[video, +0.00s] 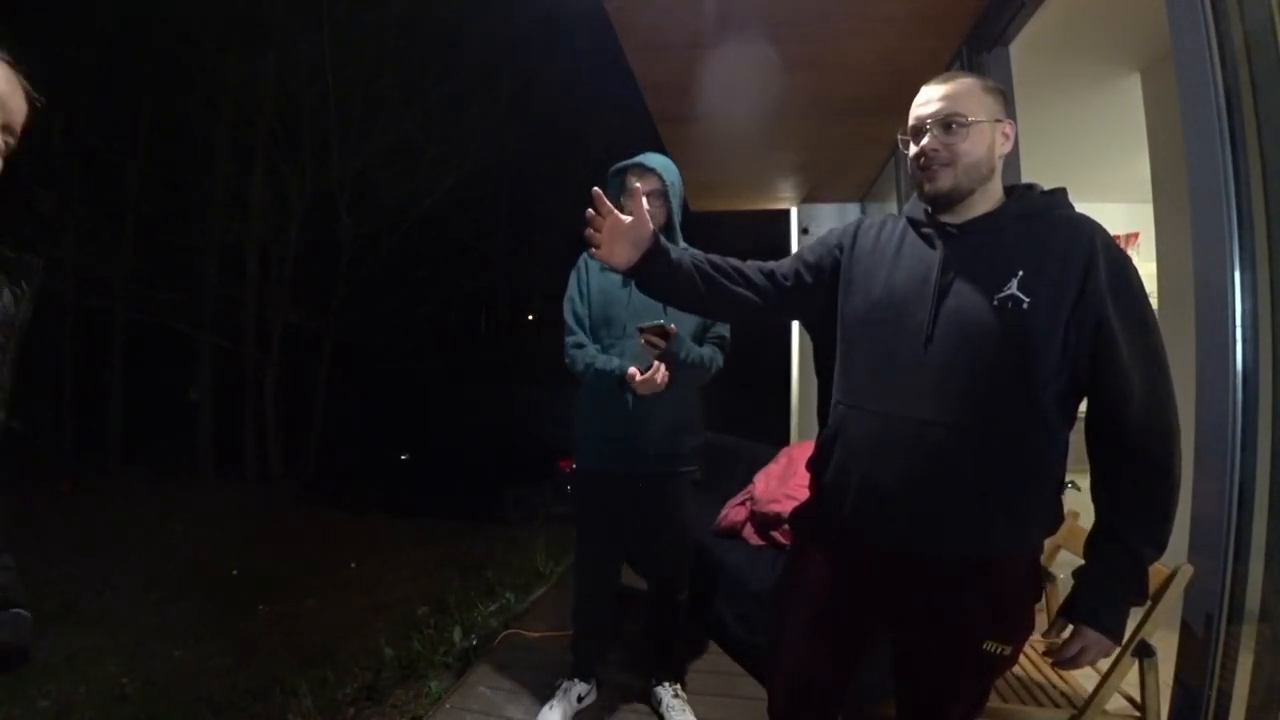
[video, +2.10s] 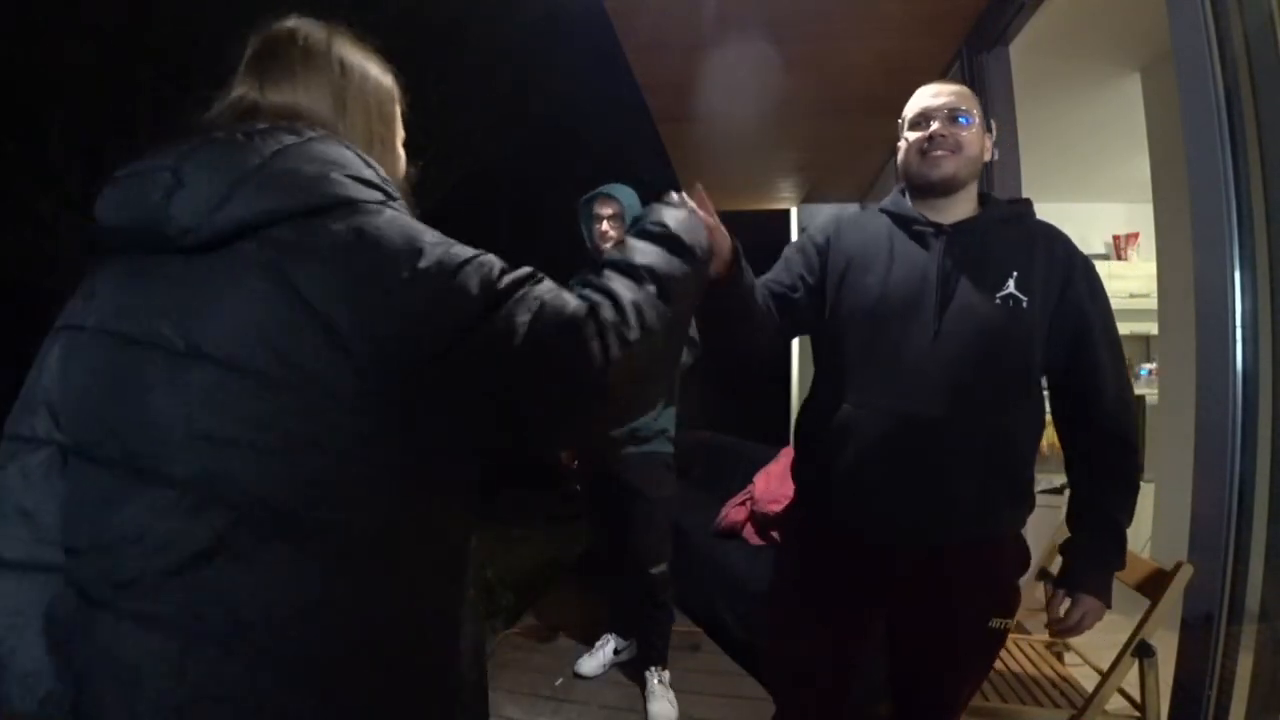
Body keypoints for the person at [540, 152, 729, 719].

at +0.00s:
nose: (644, 206)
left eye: (656, 196)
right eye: (634, 195)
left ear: (674, 202)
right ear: (616, 202)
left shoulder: (698, 271)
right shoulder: (591, 266)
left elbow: (714, 356)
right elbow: (575, 349)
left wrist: (678, 351)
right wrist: (626, 370)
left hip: (671, 448)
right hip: (604, 445)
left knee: (671, 568)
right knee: (594, 565)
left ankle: (665, 678)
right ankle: (582, 677)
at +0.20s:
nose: (652, 204)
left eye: (664, 194)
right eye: (642, 193)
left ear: (686, 201)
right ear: (627, 200)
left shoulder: (712, 274)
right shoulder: (603, 269)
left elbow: (725, 360)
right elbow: (579, 351)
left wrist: (688, 349)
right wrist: (611, 343)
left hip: (678, 442)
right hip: (611, 438)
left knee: (673, 556)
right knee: (599, 554)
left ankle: (666, 679)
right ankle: (582, 675)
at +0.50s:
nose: (664, 205)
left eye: (677, 196)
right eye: (657, 195)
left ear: (702, 202)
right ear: (644, 202)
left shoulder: (729, 277)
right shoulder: (624, 267)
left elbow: (738, 367)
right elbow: (588, 333)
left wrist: (691, 350)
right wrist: (620, 257)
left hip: (683, 446)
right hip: (615, 438)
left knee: (673, 560)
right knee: (601, 555)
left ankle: (666, 678)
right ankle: (584, 674)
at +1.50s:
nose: (670, 220)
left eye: (682, 212)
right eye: (665, 209)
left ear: (705, 217)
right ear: (656, 212)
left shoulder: (721, 279)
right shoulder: (630, 270)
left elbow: (732, 361)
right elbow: (591, 328)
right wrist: (637, 262)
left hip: (686, 440)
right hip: (621, 435)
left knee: (678, 554)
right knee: (609, 540)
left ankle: (666, 673)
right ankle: (610, 624)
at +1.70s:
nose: (650, 224)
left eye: (661, 214)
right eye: (642, 215)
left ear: (682, 220)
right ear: (631, 221)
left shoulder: (706, 284)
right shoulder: (609, 277)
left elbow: (718, 352)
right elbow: (565, 342)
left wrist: (678, 363)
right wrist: (588, 326)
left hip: (675, 433)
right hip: (609, 427)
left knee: (665, 546)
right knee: (611, 532)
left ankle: (661, 670)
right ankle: (620, 629)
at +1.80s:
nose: (638, 227)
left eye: (648, 217)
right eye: (630, 218)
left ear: (668, 222)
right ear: (620, 224)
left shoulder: (695, 284)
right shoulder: (597, 285)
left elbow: (708, 361)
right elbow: (562, 357)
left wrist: (678, 427)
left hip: (667, 439)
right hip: (603, 431)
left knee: (664, 554)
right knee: (608, 540)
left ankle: (663, 673)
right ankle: (618, 632)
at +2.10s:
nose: (604, 230)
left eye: (613, 220)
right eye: (596, 221)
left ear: (635, 225)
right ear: (585, 230)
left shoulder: (659, 288)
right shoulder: (582, 292)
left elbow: (687, 351)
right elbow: (566, 369)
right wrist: (569, 434)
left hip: (650, 444)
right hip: (599, 444)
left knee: (654, 562)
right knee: (607, 547)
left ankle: (656, 667)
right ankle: (621, 632)